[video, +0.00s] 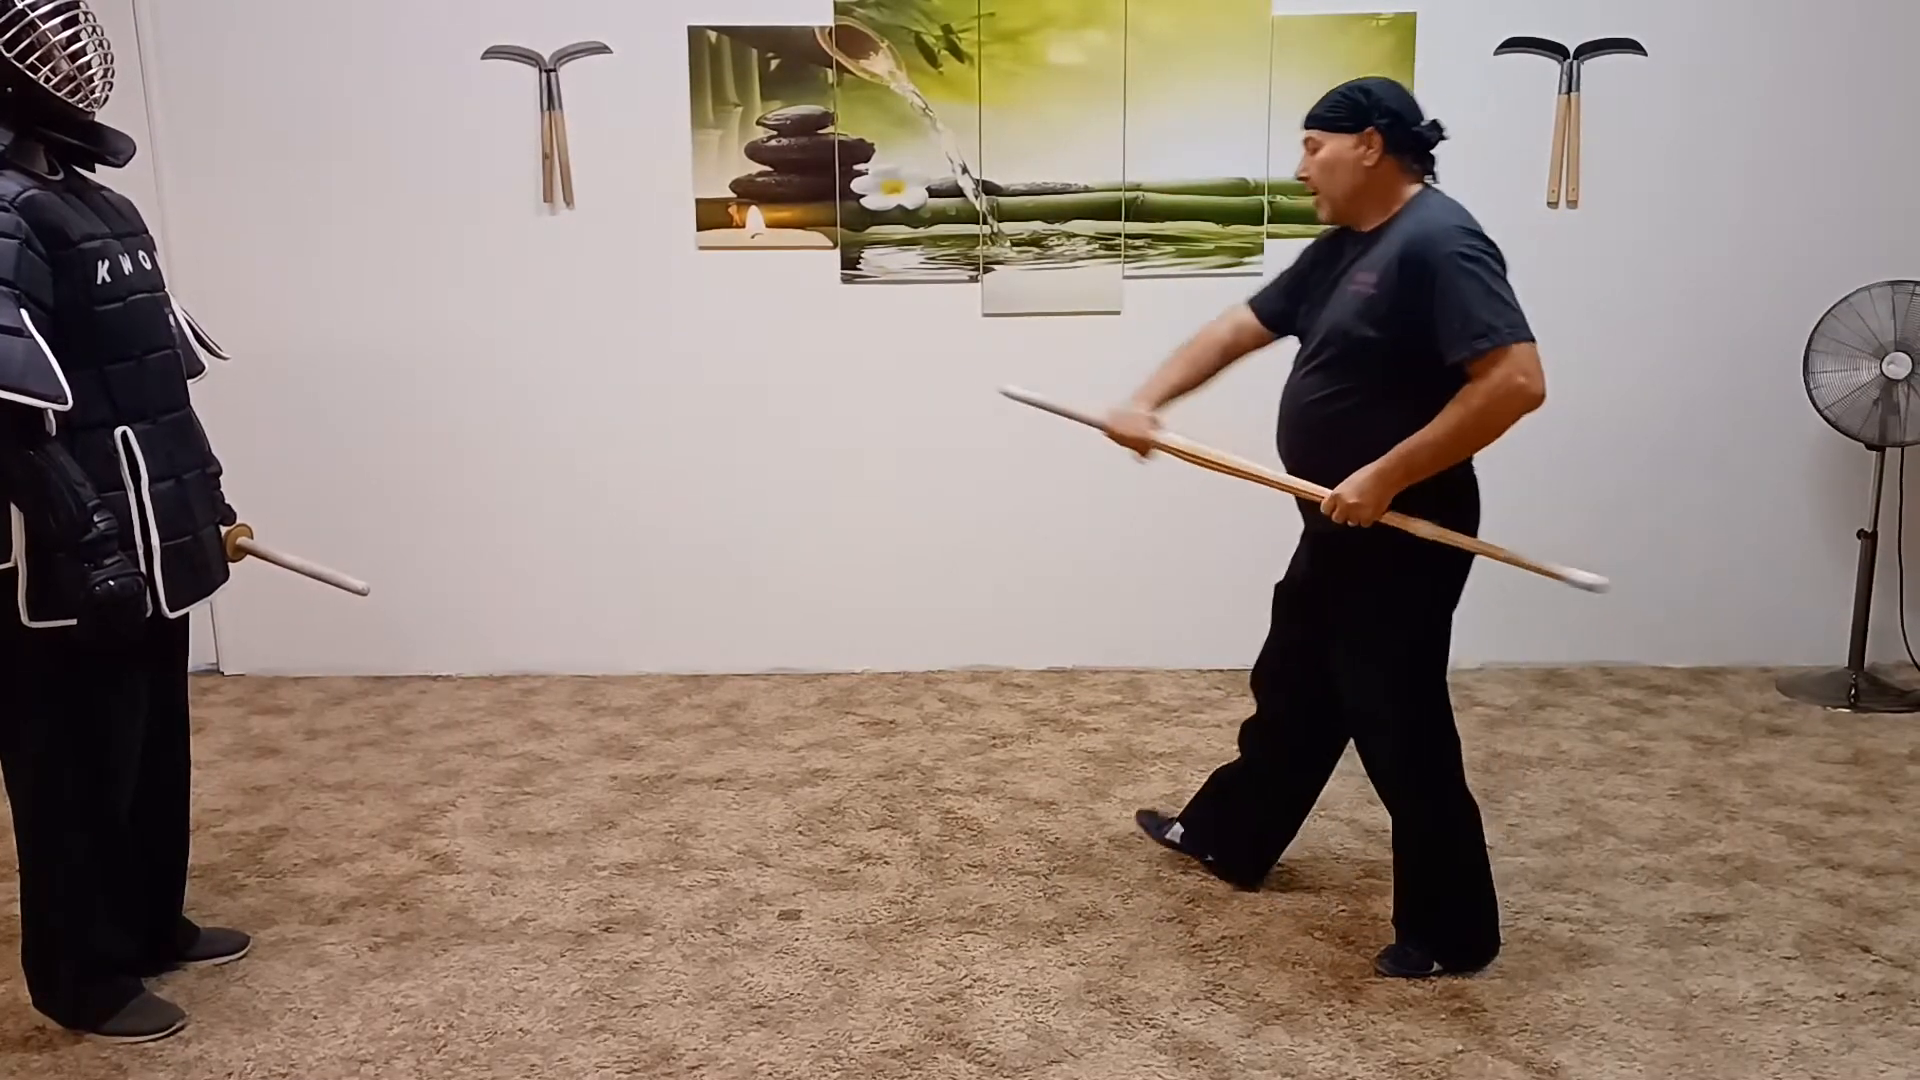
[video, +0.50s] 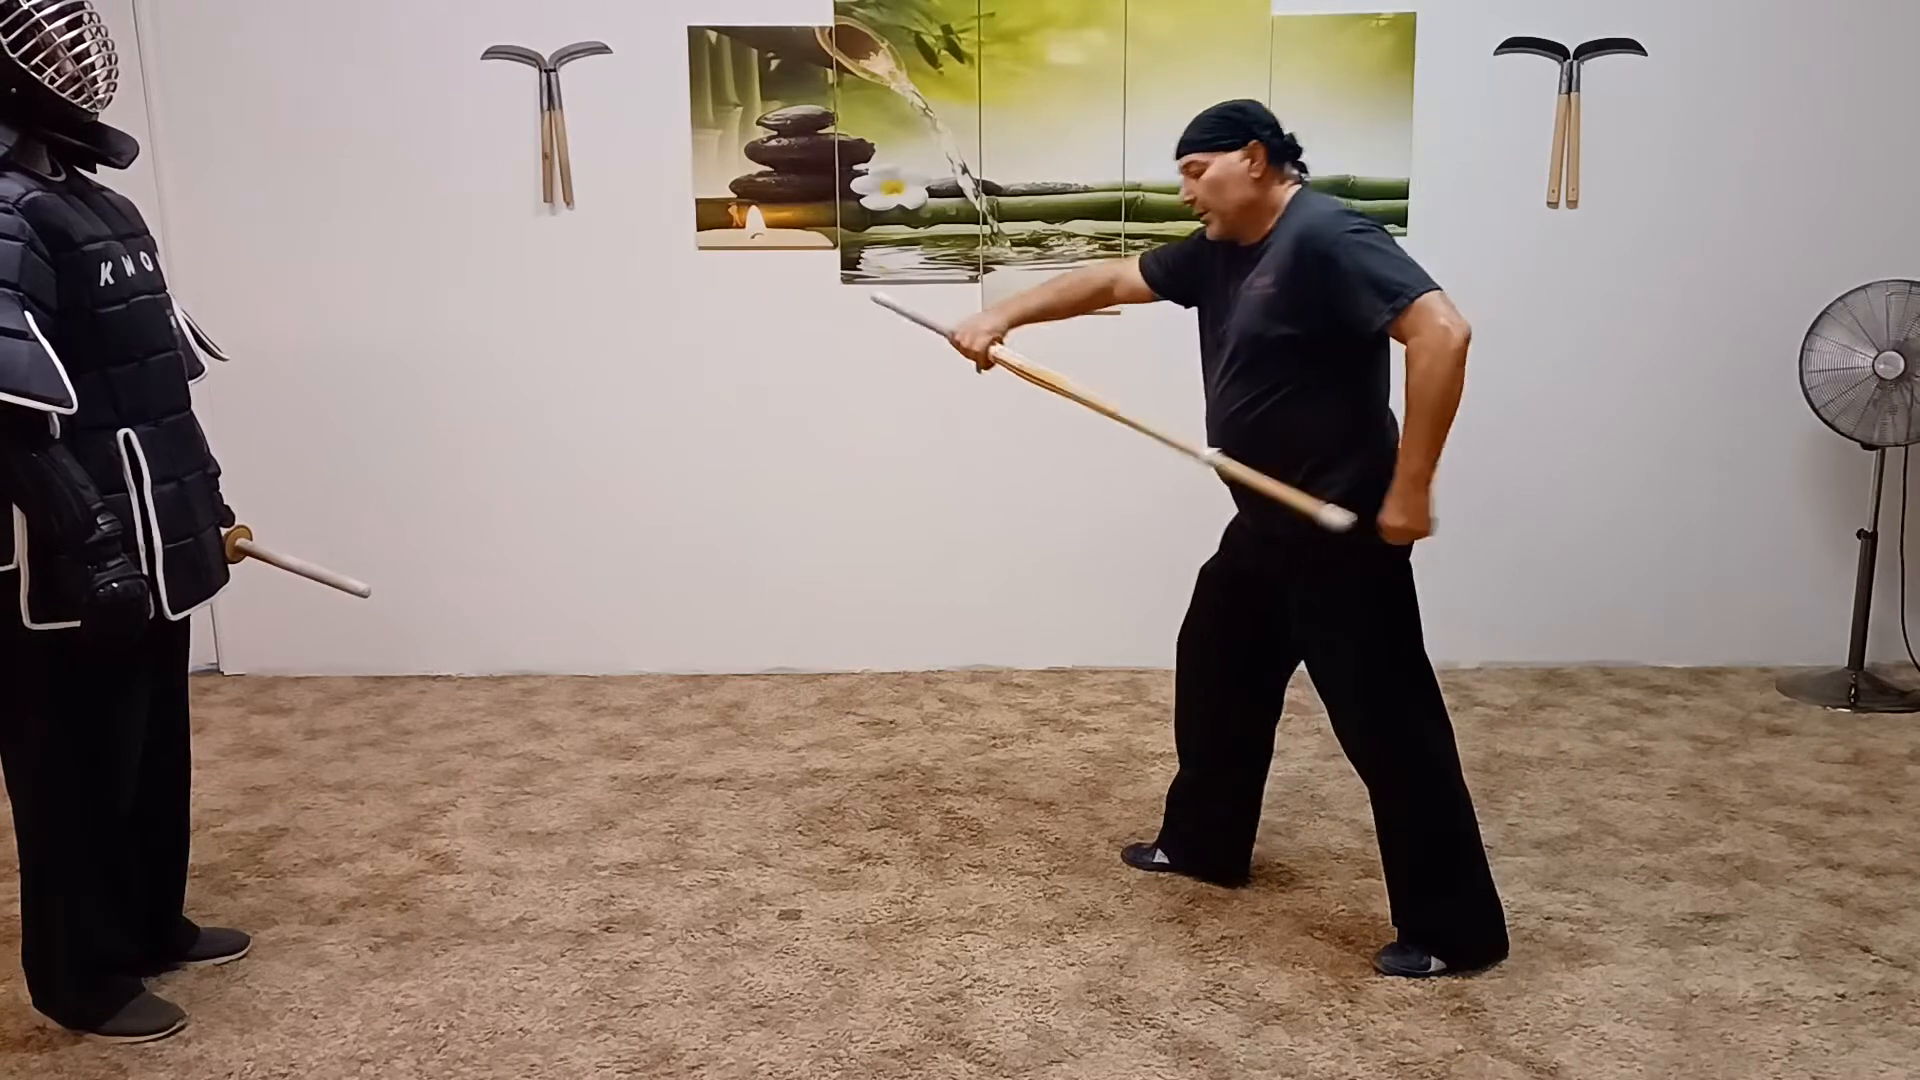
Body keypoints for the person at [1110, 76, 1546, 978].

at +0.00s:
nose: (1302, 164)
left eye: (1316, 145)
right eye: (1303, 147)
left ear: (1373, 146)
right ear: (1358, 151)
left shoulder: (1441, 241)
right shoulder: (1339, 247)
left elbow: (1515, 379)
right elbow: (1240, 328)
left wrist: (1387, 474)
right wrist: (1146, 399)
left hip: (1409, 530)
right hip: (1337, 519)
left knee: (1404, 725)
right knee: (1296, 689)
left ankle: (1452, 931)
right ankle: (1231, 837)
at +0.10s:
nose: (1276, 165)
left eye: (1290, 146)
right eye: (1276, 149)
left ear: (1348, 147)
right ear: (1329, 154)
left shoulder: (1416, 237)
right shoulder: (1310, 247)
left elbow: (1500, 367)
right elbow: (1204, 317)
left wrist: (1380, 477)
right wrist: (1100, 376)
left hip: (1391, 526)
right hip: (1318, 517)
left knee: (1393, 727)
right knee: (1277, 689)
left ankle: (1452, 933)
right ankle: (1223, 845)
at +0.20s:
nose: (1248, 162)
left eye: (1263, 143)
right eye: (1249, 147)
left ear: (1322, 146)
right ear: (1298, 154)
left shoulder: (1390, 233)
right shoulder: (1283, 245)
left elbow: (1482, 352)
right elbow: (1170, 304)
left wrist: (1384, 476)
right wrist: (1064, 352)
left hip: (1372, 525)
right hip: (1300, 517)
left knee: (1392, 732)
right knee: (1261, 690)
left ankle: (1453, 931)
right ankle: (1216, 845)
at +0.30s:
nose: (1224, 164)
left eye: (1238, 147)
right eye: (1223, 152)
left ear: (1296, 147)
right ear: (1271, 158)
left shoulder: (1366, 230)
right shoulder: (1255, 245)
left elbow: (1463, 343)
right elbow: (1142, 291)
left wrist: (1386, 479)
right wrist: (1030, 334)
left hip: (1359, 528)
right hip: (1283, 520)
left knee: (1395, 733)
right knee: (1247, 686)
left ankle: (1455, 929)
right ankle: (1213, 846)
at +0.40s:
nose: (1203, 176)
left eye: (1216, 158)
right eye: (1200, 164)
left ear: (1273, 154)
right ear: (1250, 164)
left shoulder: (1343, 232)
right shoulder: (1231, 251)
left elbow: (1449, 335)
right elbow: (1123, 287)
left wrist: (1391, 478)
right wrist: (1012, 322)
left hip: (1350, 525)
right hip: (1272, 521)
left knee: (1392, 728)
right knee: (1229, 674)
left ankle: (1456, 929)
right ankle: (1209, 845)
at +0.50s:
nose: (1187, 188)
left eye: (1198, 168)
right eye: (1183, 174)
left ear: (1254, 159)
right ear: (1230, 170)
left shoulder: (1327, 232)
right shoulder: (1212, 257)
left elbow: (1438, 334)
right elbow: (1107, 283)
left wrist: (1413, 484)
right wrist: (998, 315)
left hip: (1346, 531)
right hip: (1262, 527)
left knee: (1393, 731)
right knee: (1216, 667)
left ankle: (1457, 929)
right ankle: (1204, 845)